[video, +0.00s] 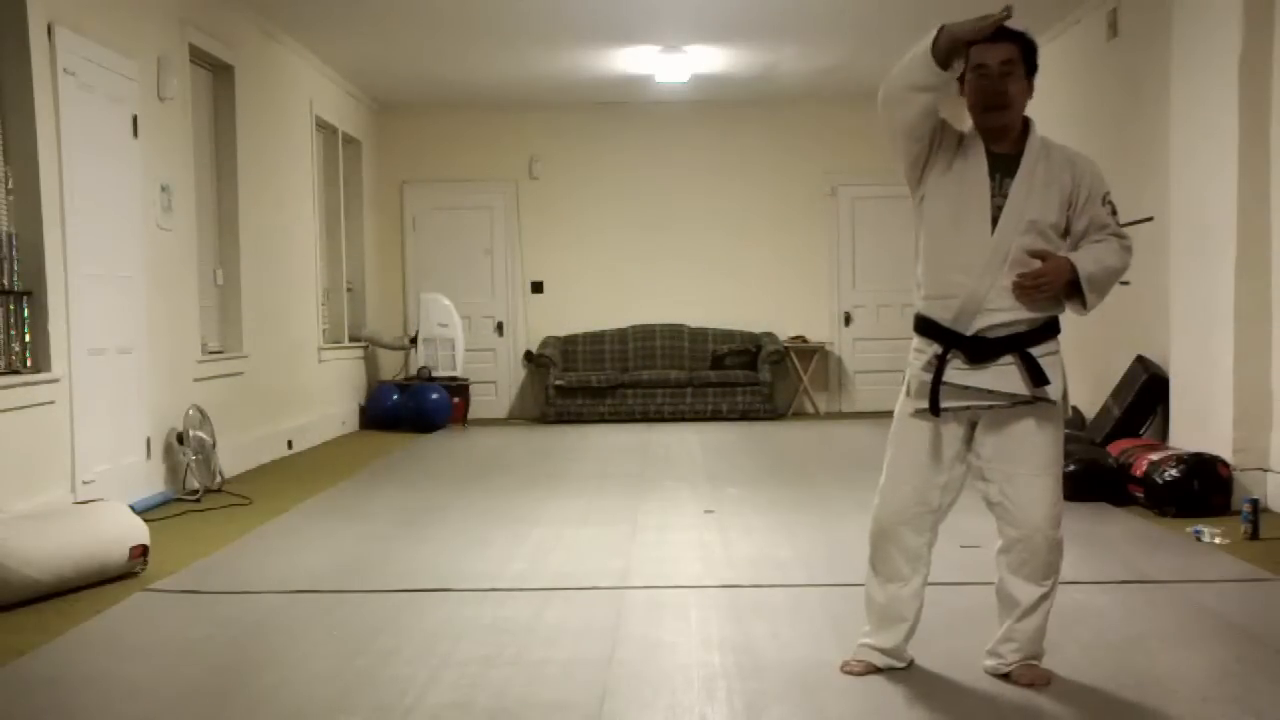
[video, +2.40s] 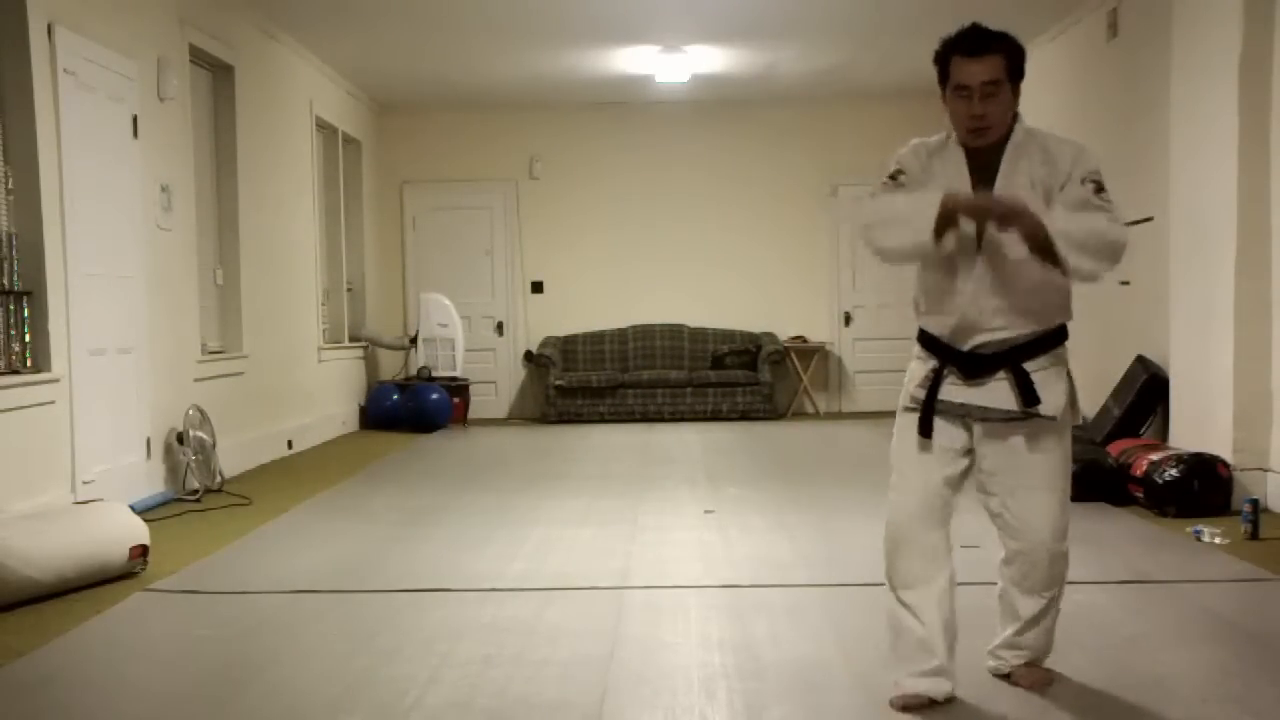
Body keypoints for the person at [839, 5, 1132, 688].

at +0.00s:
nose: (991, 83)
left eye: (1007, 70)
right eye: (978, 71)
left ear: (1029, 84)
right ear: (960, 85)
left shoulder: (1070, 171)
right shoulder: (935, 158)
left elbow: (1113, 249)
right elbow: (900, 98)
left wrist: (1074, 270)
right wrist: (951, 38)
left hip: (1026, 369)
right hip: (936, 366)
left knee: (1036, 526)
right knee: (899, 514)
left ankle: (1016, 653)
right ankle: (882, 641)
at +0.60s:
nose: (978, 84)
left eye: (988, 70)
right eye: (959, 74)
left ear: (1005, 81)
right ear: (936, 93)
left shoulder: (1055, 165)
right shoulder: (915, 162)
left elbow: (1103, 239)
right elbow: (861, 140)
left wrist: (1061, 265)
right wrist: (860, 86)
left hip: (1022, 365)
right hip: (931, 365)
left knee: (1035, 525)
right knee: (899, 516)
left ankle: (1016, 654)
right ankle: (884, 641)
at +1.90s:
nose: (985, 87)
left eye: (995, 73)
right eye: (967, 77)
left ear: (1010, 80)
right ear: (940, 93)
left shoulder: (1056, 162)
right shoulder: (913, 163)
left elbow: (1105, 239)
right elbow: (850, 204)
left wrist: (1062, 268)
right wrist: (823, 174)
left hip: (1026, 372)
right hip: (936, 373)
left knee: (1038, 529)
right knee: (902, 518)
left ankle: (1017, 653)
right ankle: (886, 642)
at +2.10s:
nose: (992, 91)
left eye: (1004, 77)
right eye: (975, 80)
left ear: (1021, 83)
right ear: (951, 90)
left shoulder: (1071, 162)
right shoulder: (915, 167)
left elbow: (1121, 238)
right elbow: (870, 240)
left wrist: (1072, 268)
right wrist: (850, 254)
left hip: (1035, 374)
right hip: (940, 373)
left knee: (1044, 533)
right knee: (896, 518)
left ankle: (1018, 654)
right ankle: (883, 642)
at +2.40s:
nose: (977, 108)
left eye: (991, 93)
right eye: (962, 93)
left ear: (1017, 93)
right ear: (944, 95)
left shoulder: (1063, 159)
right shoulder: (922, 160)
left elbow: (1108, 246)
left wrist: (1031, 219)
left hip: (1032, 371)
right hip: (939, 369)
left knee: (1040, 539)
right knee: (912, 529)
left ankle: (1021, 652)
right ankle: (921, 675)